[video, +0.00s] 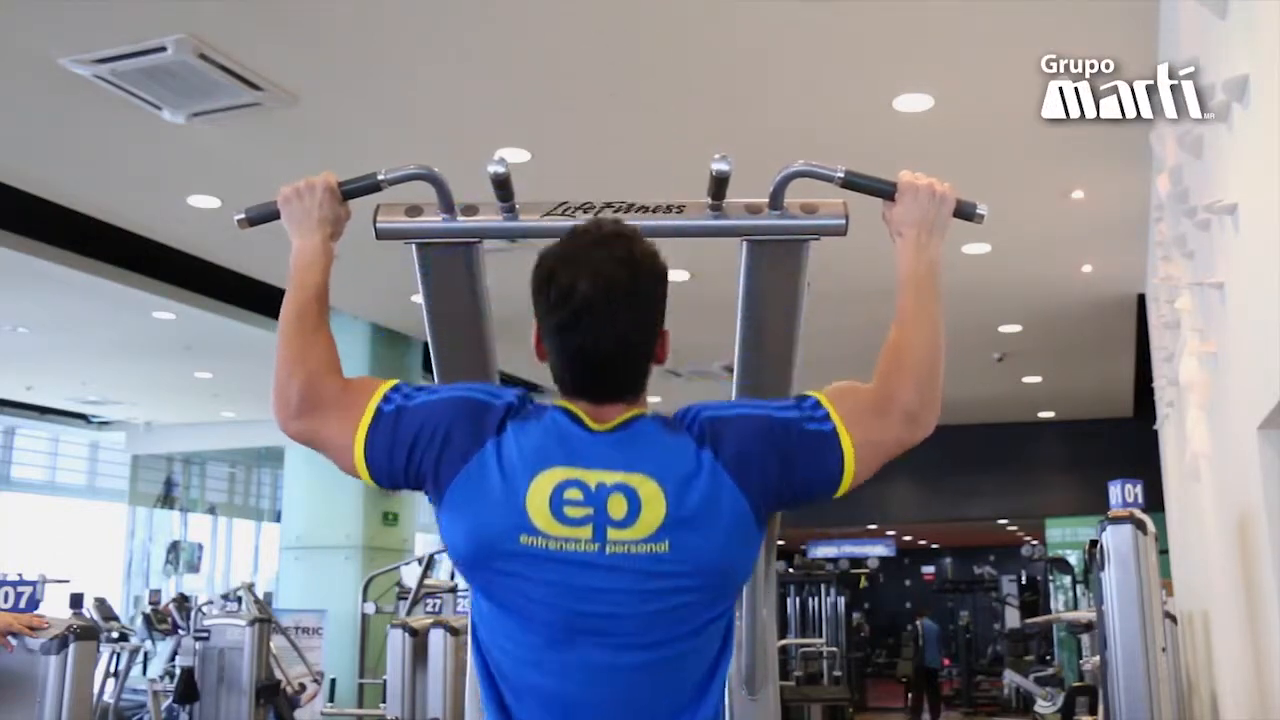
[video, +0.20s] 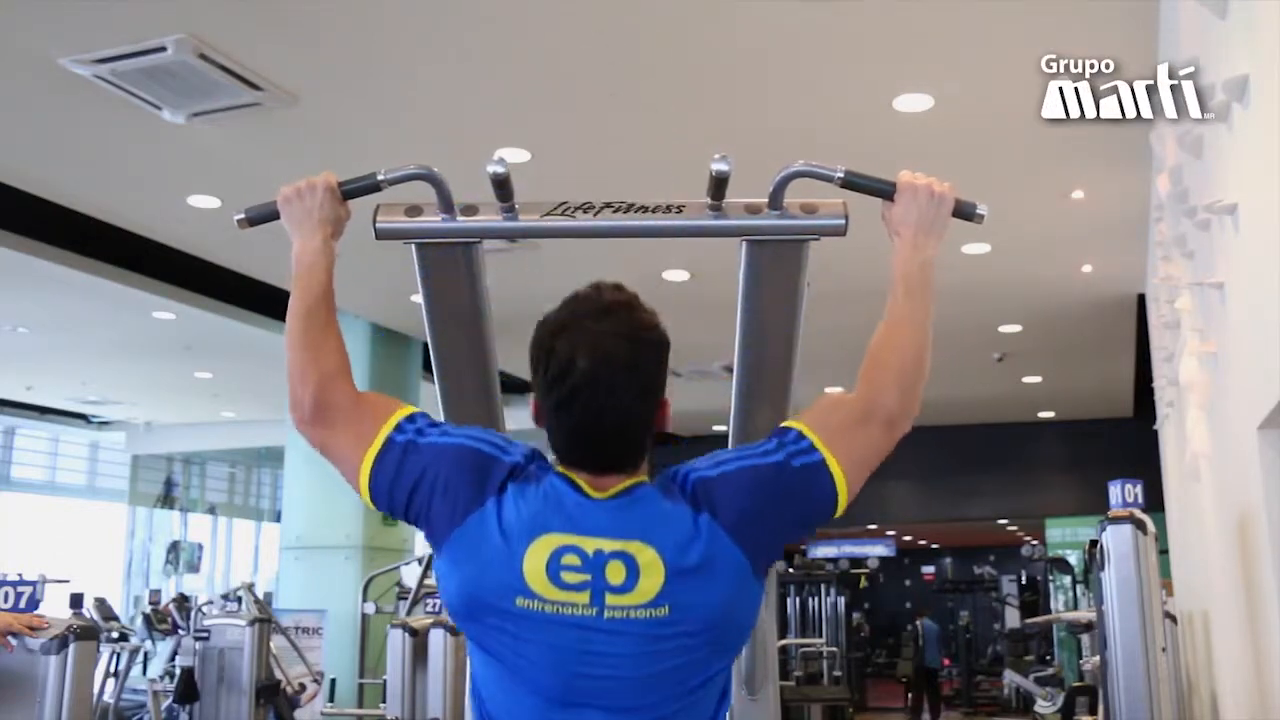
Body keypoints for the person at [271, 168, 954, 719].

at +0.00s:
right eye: (661, 325)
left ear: (540, 348)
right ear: (662, 350)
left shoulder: (472, 439)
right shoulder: (731, 456)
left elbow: (303, 403)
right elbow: (906, 409)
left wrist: (311, 245)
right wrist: (920, 244)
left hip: (522, 708)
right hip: (685, 709)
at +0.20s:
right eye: (663, 381)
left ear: (536, 408)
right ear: (663, 412)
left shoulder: (475, 500)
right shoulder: (725, 516)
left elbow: (321, 404)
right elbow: (882, 410)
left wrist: (311, 243)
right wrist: (916, 246)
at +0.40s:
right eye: (665, 433)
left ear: (540, 455)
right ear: (666, 460)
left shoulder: (484, 544)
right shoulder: (725, 564)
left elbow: (341, 406)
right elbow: (858, 404)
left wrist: (314, 246)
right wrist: (914, 245)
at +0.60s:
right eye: (665, 451)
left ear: (543, 477)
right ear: (666, 483)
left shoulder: (486, 560)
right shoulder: (724, 575)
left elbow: (354, 407)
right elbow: (846, 403)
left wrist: (316, 243)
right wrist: (912, 245)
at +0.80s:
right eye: (663, 453)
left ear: (542, 479)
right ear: (666, 486)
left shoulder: (486, 562)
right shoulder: (723, 578)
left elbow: (355, 408)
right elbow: (845, 404)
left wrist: (316, 243)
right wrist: (909, 246)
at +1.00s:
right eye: (663, 452)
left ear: (542, 478)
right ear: (665, 484)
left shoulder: (485, 561)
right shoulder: (723, 575)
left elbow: (355, 408)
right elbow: (845, 404)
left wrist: (316, 241)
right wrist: (909, 246)